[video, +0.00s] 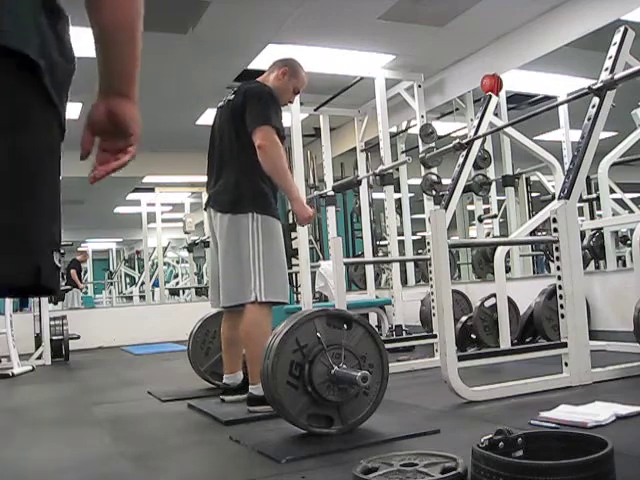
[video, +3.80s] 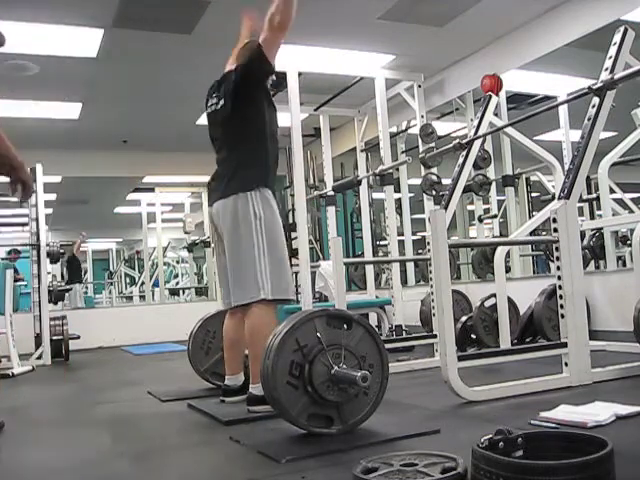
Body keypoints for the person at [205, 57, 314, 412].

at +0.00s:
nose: (292, 99)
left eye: (296, 95)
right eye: (294, 91)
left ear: (271, 72)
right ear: (280, 73)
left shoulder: (230, 103)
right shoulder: (260, 93)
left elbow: (221, 162)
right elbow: (265, 140)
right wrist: (297, 199)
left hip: (222, 207)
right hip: (249, 207)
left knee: (233, 302)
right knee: (259, 301)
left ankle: (232, 383)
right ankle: (260, 390)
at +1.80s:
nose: (291, 86)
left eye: (292, 80)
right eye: (290, 78)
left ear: (262, 71)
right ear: (274, 70)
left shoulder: (229, 108)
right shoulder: (261, 98)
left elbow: (207, 164)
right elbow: (271, 149)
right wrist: (312, 193)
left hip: (214, 208)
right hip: (242, 210)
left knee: (233, 302)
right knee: (261, 299)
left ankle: (233, 383)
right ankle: (258, 390)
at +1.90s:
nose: (272, 76)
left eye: (272, 69)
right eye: (270, 68)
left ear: (239, 66)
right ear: (256, 62)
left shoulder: (220, 103)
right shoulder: (250, 94)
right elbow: (284, 132)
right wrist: (340, 148)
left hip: (222, 210)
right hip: (249, 210)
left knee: (234, 300)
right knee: (262, 298)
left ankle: (233, 382)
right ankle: (260, 389)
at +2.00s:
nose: (259, 69)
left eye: (258, 63)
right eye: (257, 62)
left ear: (225, 64)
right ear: (242, 61)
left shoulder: (209, 104)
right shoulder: (244, 93)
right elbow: (301, 98)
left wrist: (290, 108)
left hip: (224, 211)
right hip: (255, 209)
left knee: (238, 302)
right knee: (266, 299)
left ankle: (233, 382)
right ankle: (260, 390)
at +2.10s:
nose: (253, 68)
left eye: (252, 63)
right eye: (250, 61)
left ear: (219, 66)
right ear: (235, 60)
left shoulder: (208, 102)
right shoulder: (238, 90)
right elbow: (292, 66)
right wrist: (330, 28)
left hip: (227, 208)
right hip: (254, 204)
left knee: (245, 299)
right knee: (266, 299)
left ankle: (233, 383)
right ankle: (259, 389)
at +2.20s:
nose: (255, 64)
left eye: (254, 60)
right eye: (251, 60)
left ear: (219, 66)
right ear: (239, 61)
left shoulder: (207, 102)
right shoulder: (240, 87)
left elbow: (240, 72)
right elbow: (286, 32)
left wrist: (253, 44)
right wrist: (297, 6)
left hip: (231, 205)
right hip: (257, 199)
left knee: (247, 296)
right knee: (267, 297)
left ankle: (234, 382)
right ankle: (260, 389)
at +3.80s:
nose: (268, 66)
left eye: (264, 61)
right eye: (265, 61)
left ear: (233, 65)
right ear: (255, 64)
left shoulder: (217, 91)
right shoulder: (247, 79)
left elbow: (239, 56)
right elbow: (277, 25)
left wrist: (248, 30)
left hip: (222, 197)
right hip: (249, 193)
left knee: (237, 301)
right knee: (262, 298)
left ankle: (234, 383)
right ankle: (261, 388)